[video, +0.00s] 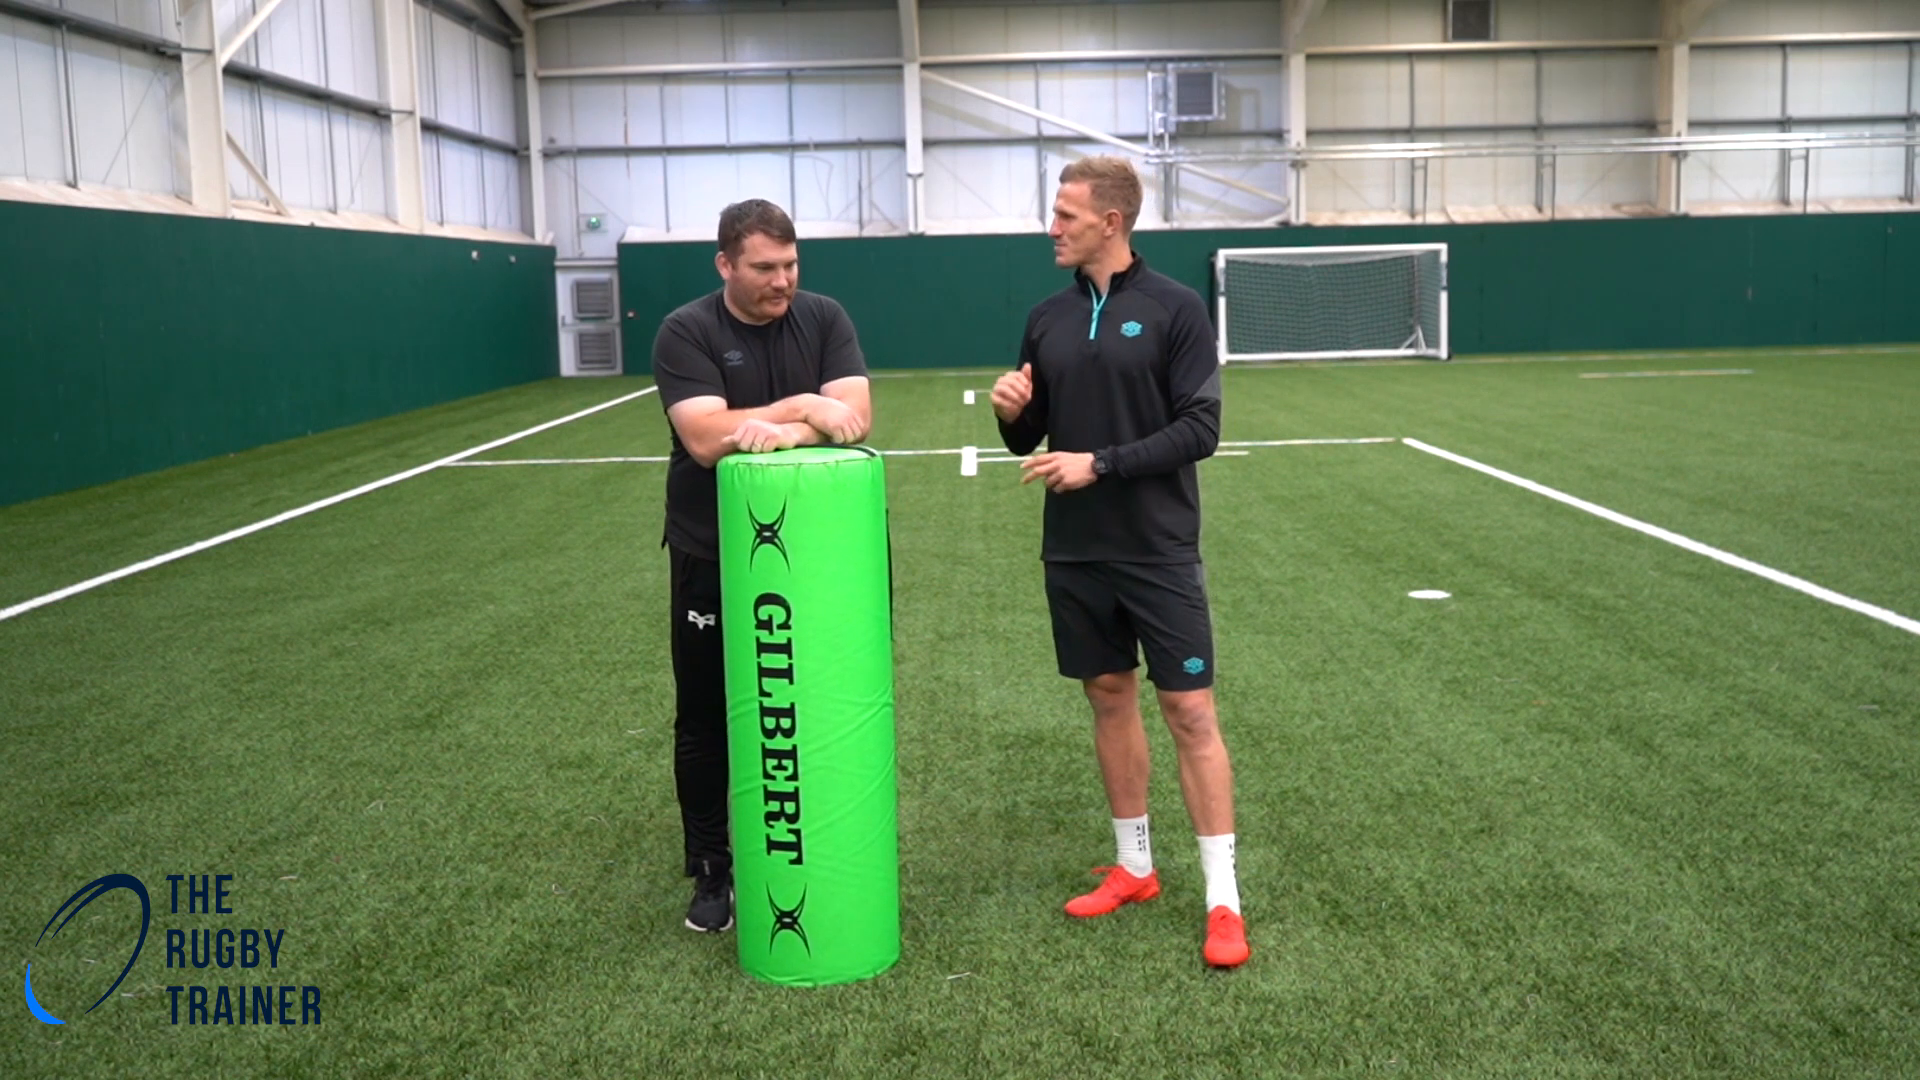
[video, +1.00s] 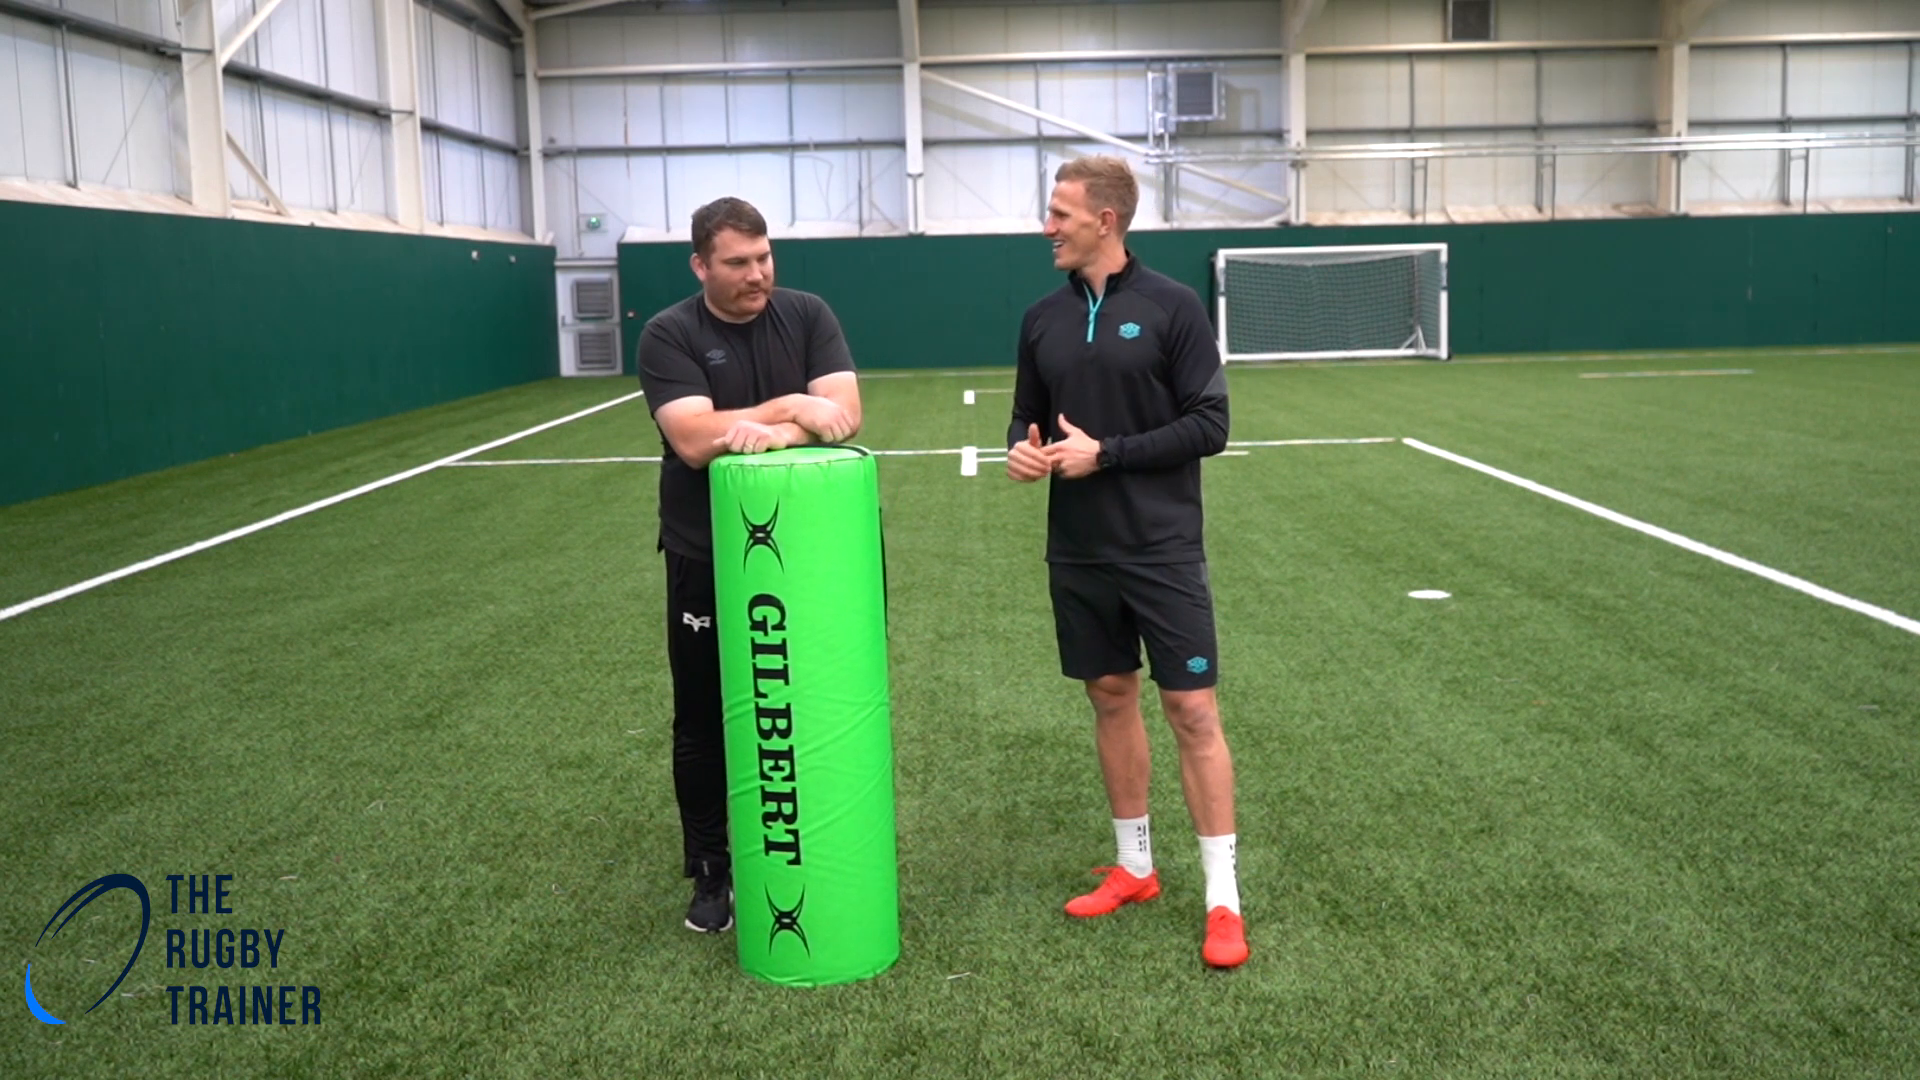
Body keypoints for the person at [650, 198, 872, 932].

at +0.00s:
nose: (780, 280)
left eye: (789, 265)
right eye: (764, 268)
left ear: (797, 259)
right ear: (724, 265)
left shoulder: (824, 318)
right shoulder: (687, 331)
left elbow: (853, 421)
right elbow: (704, 438)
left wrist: (772, 423)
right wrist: (809, 409)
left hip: (809, 552)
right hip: (710, 554)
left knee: (810, 710)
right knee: (707, 715)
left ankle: (815, 866)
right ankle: (713, 872)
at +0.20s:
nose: (778, 280)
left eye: (786, 265)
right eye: (762, 268)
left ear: (792, 259)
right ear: (719, 266)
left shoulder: (817, 317)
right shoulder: (681, 333)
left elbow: (849, 419)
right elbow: (701, 439)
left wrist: (767, 424)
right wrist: (810, 410)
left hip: (804, 555)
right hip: (705, 556)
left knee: (807, 712)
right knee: (703, 719)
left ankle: (811, 868)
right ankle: (713, 876)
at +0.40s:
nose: (774, 280)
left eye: (781, 265)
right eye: (757, 269)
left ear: (787, 260)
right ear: (714, 267)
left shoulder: (812, 317)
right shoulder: (676, 334)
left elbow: (845, 419)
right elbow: (699, 440)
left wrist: (764, 425)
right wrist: (806, 410)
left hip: (800, 554)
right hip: (701, 555)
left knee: (804, 709)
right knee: (701, 717)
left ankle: (808, 864)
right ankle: (712, 873)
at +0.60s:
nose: (767, 280)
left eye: (774, 265)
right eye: (751, 269)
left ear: (782, 259)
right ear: (708, 268)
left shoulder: (809, 317)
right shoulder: (671, 334)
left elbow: (843, 419)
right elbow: (694, 441)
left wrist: (760, 422)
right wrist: (802, 412)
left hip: (798, 554)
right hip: (699, 556)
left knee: (802, 710)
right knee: (700, 719)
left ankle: (807, 865)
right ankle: (712, 872)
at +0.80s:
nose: (759, 279)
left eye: (767, 263)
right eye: (741, 268)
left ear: (775, 256)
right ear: (702, 268)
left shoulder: (807, 315)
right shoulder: (668, 335)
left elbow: (842, 419)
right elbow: (690, 441)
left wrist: (761, 424)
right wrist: (796, 409)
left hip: (800, 553)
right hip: (701, 556)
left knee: (805, 709)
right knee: (702, 717)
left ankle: (810, 865)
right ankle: (712, 871)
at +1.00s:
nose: (756, 275)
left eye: (764, 259)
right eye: (738, 264)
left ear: (773, 253)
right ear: (699, 266)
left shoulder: (808, 314)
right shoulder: (668, 335)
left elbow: (843, 417)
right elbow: (692, 439)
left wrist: (762, 426)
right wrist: (797, 408)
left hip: (803, 553)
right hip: (706, 557)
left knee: (808, 709)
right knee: (705, 717)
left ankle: (811, 866)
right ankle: (713, 873)